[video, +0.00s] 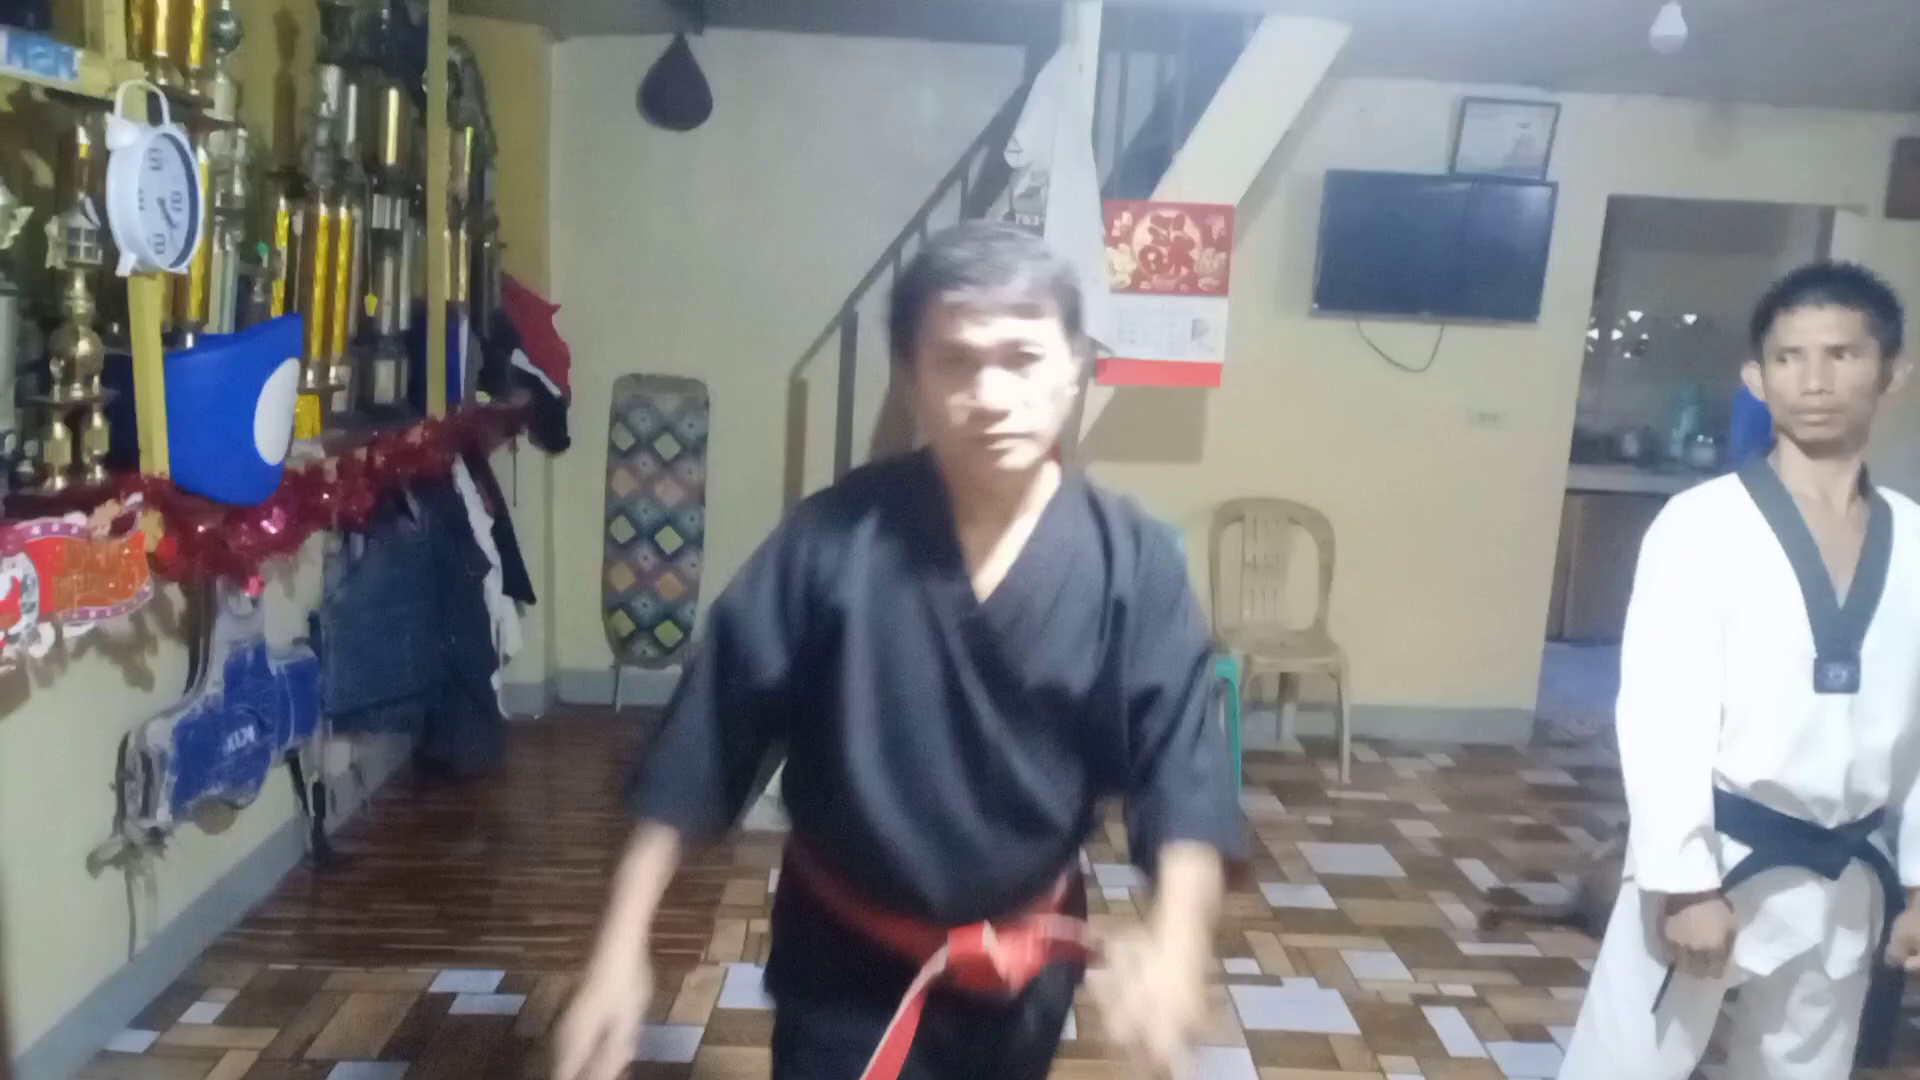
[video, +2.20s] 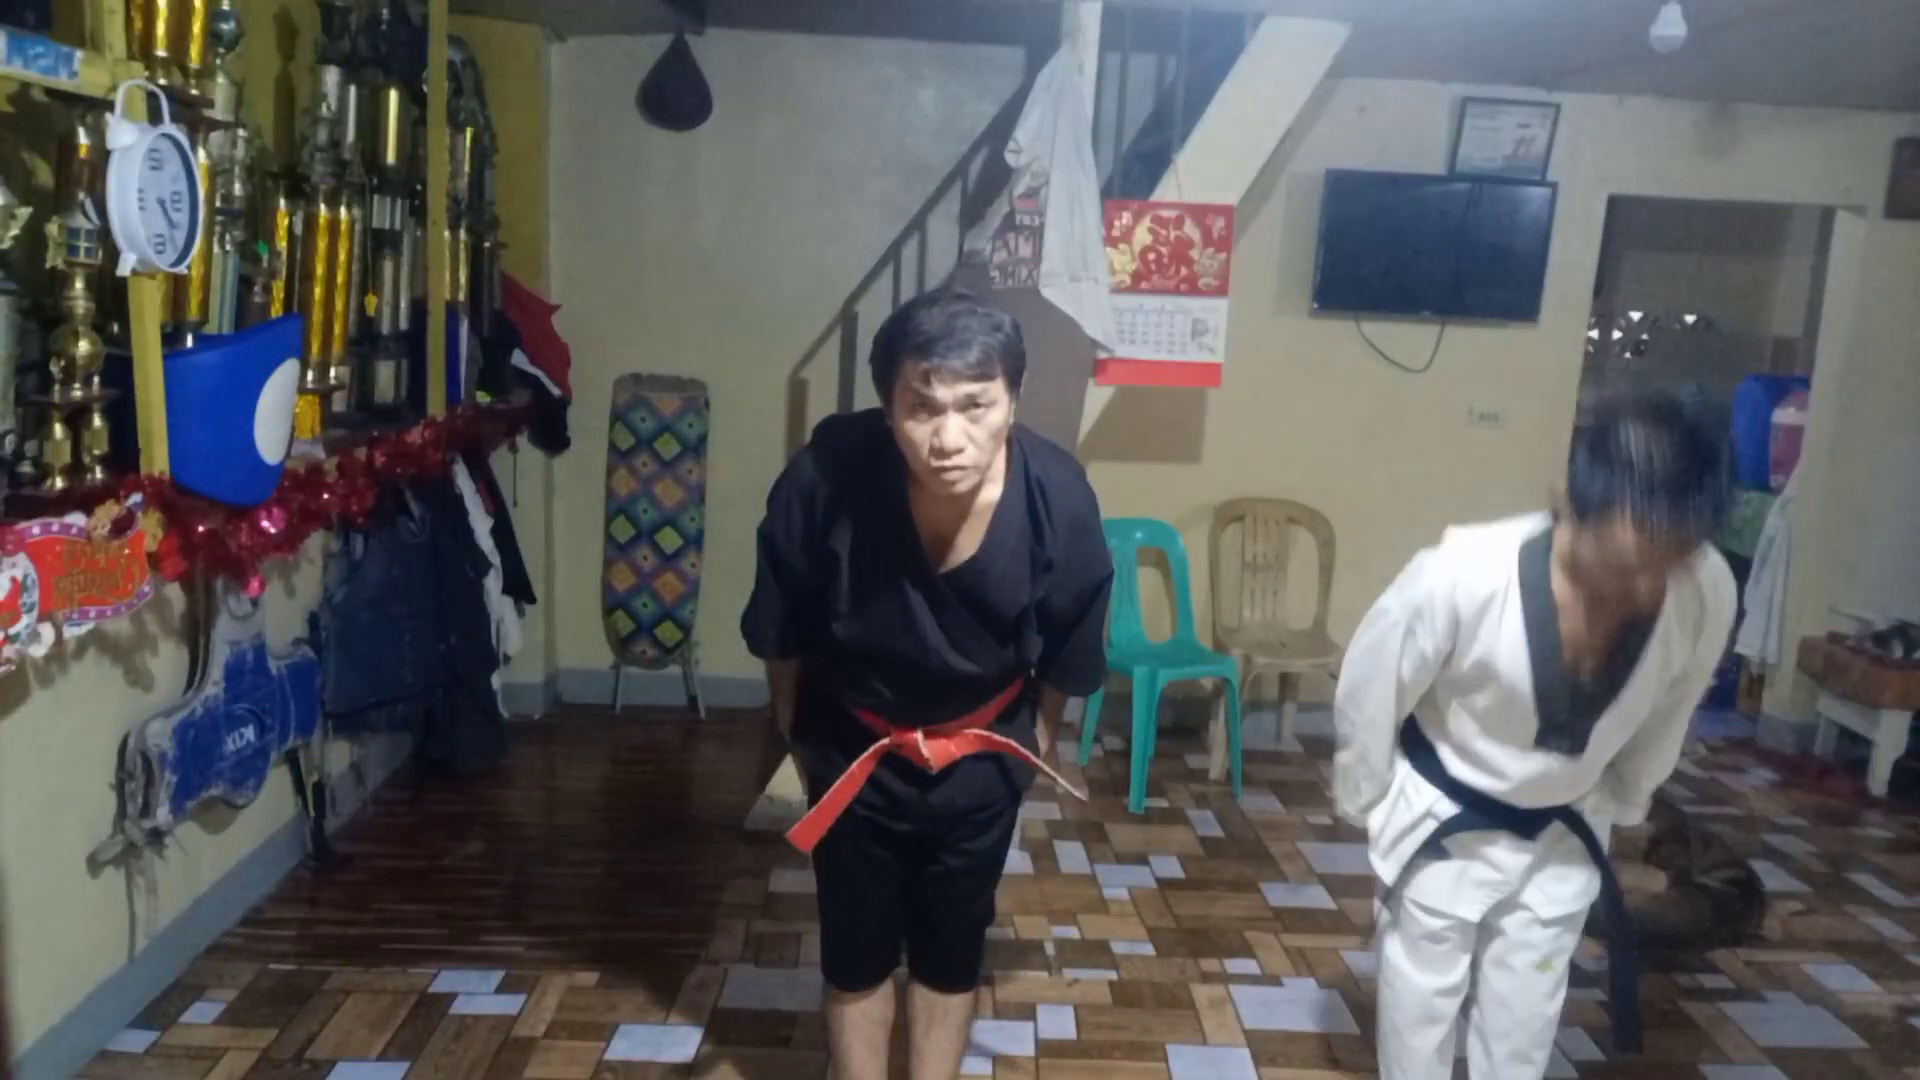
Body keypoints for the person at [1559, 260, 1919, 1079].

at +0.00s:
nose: (1814, 379)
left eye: (1842, 353)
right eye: (1789, 356)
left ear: (1889, 377)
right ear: (1756, 378)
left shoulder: (1913, 536)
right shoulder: (1698, 526)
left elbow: (1913, 730)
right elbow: (1658, 711)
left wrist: (1917, 886)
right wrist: (1685, 883)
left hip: (1846, 891)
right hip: (1705, 874)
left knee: (1808, 1068)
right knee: (1626, 1068)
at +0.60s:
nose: (1840, 385)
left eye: (1873, 361)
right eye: (1828, 359)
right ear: (1810, 369)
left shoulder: (1914, 536)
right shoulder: (1738, 509)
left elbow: (1908, 728)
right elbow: (1672, 689)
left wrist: (1903, 821)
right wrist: (1724, 843)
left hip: (1847, 862)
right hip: (1706, 834)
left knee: (1806, 1068)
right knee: (1634, 1060)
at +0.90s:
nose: (1766, 390)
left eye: (1794, 364)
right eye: (1740, 362)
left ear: (1833, 386)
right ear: (1699, 379)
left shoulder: (1853, 552)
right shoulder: (1632, 520)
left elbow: (1894, 695)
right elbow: (1592, 698)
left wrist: (1860, 768)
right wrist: (1727, 822)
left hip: (1763, 888)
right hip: (1613, 865)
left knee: (1746, 1069)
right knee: (1508, 1061)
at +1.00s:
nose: (1697, 389)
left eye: (1724, 364)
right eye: (1671, 363)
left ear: (1758, 380)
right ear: (1627, 376)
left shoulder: (1778, 545)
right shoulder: (1565, 517)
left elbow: (1811, 702)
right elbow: (1512, 697)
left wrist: (1836, 809)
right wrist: (1569, 857)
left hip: (1697, 873)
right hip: (1551, 854)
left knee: (1696, 1066)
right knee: (1492, 1064)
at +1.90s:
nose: (1649, 386)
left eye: (1673, 362)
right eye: (1623, 359)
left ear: (1698, 378)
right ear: (1574, 373)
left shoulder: (1725, 540)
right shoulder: (1506, 516)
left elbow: (1758, 715)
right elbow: (1449, 696)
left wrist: (1788, 875)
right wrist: (1470, 859)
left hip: (1627, 855)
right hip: (1492, 840)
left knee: (1609, 1068)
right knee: (1417, 1064)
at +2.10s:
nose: (1637, 472)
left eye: (1664, 447)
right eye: (1616, 440)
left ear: (1689, 441)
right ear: (1561, 418)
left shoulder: (1696, 550)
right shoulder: (1469, 534)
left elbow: (1692, 708)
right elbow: (1378, 686)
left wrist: (1668, 841)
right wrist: (1352, 839)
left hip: (1586, 839)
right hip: (1454, 829)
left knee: (1556, 1057)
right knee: (1412, 1054)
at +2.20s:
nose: (1647, 592)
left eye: (1668, 567)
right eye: (1626, 569)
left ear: (1691, 541)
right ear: (1570, 518)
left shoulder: (1706, 594)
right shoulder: (1463, 577)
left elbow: (1663, 728)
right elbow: (1364, 696)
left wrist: (1608, 817)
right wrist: (1374, 810)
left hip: (1567, 840)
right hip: (1444, 830)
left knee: (1519, 1057)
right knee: (1416, 1054)